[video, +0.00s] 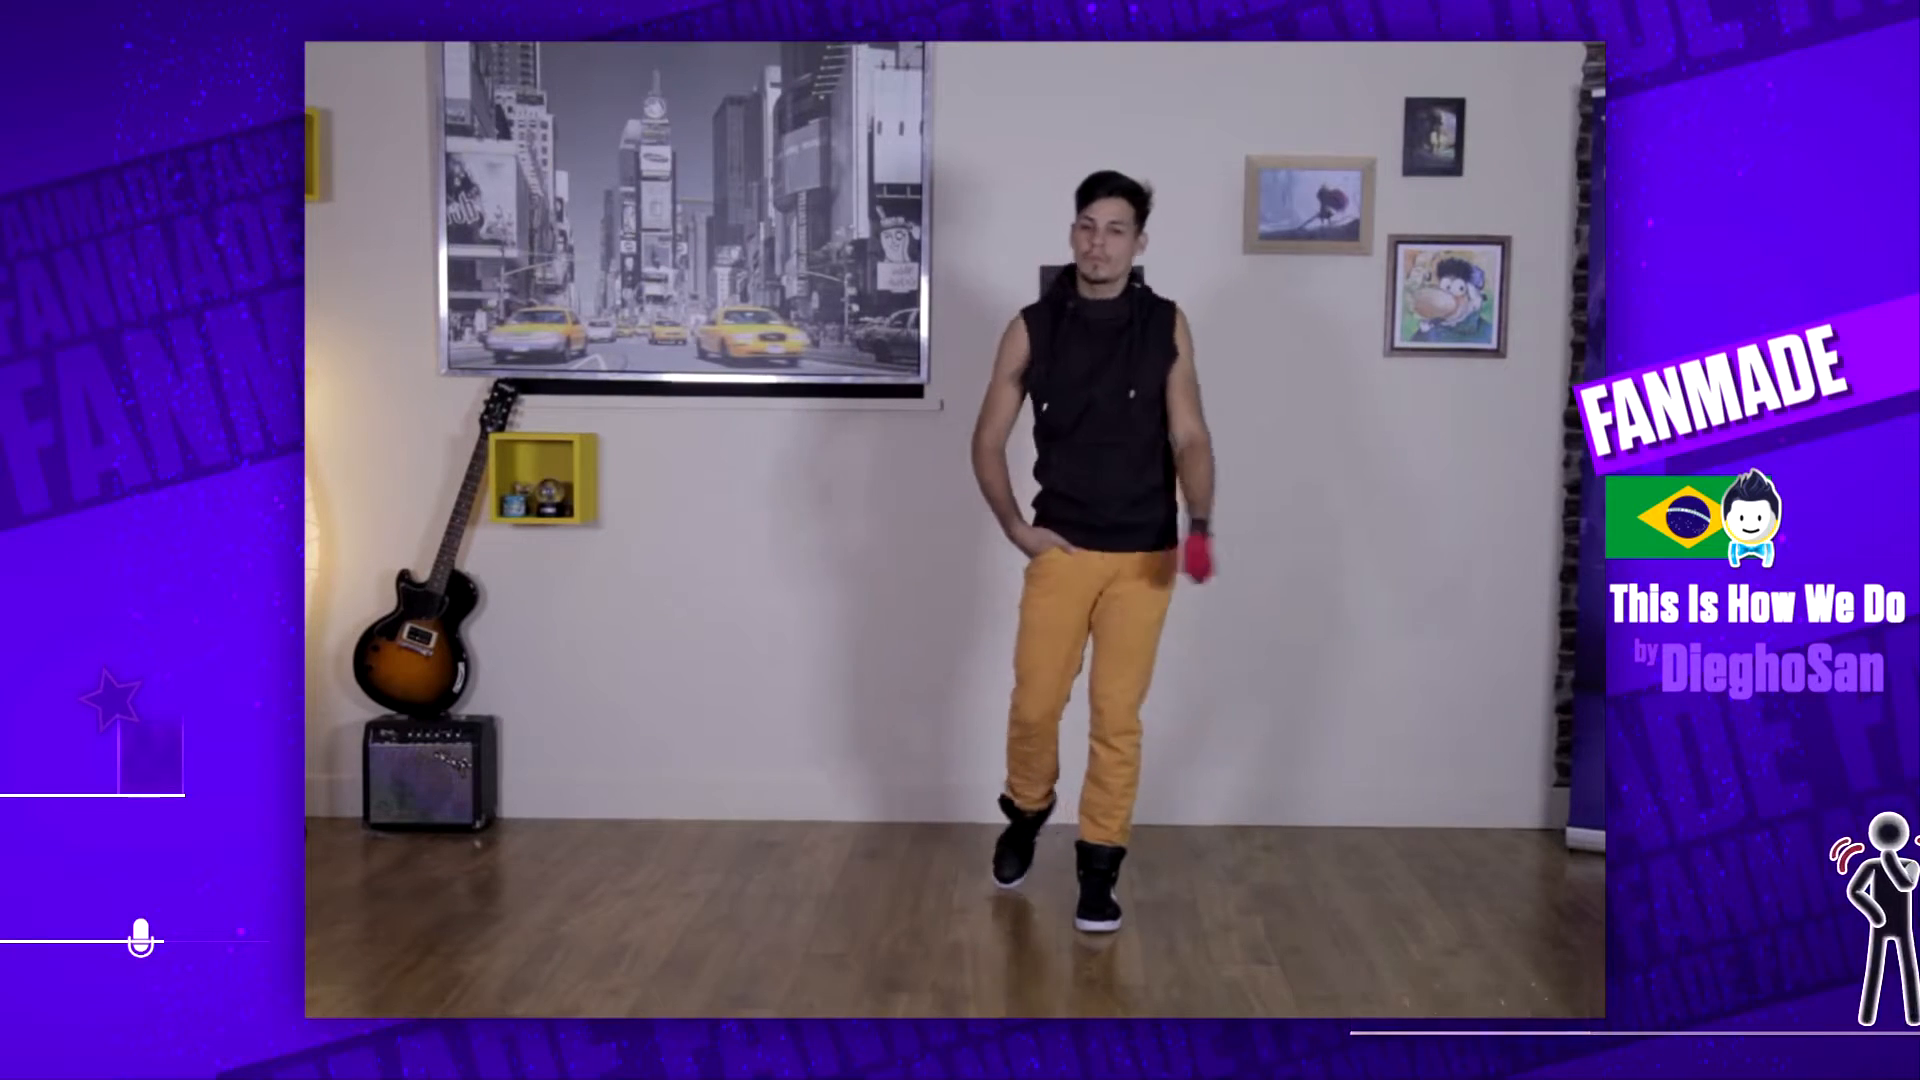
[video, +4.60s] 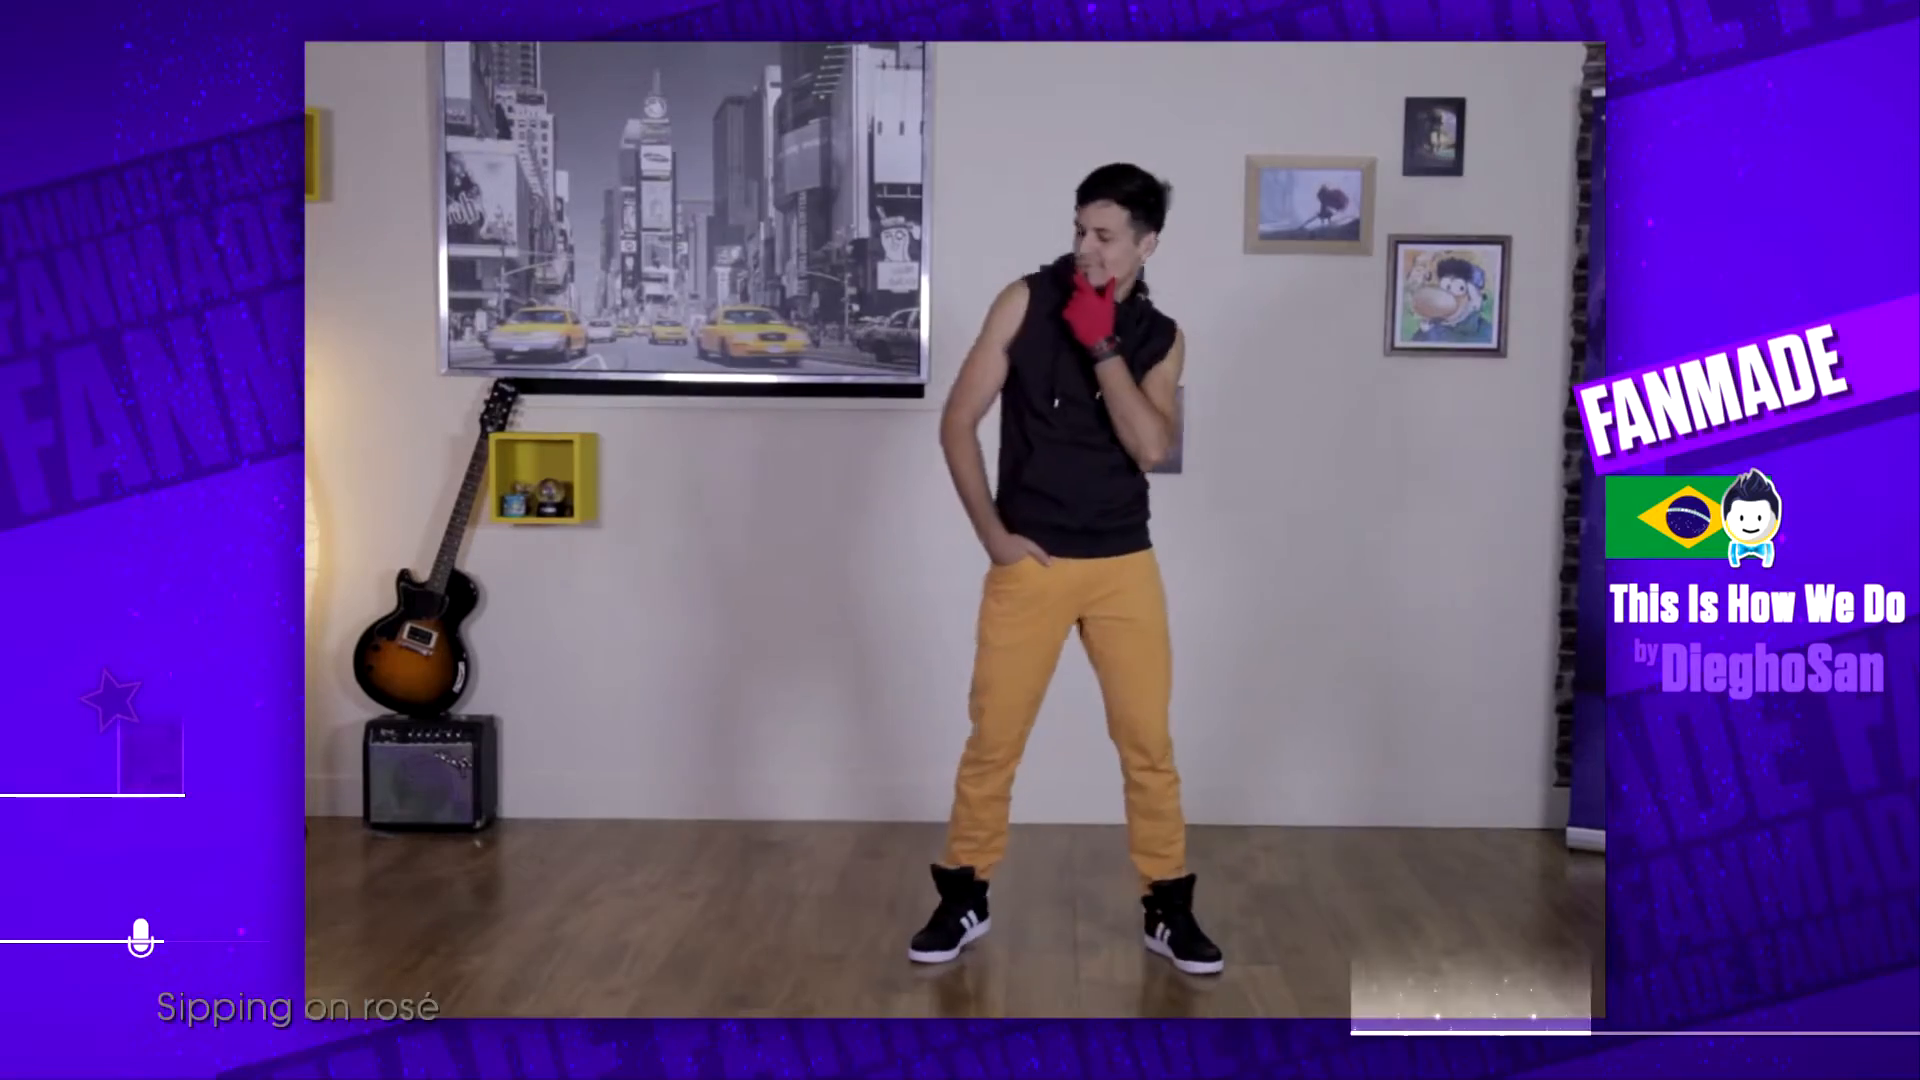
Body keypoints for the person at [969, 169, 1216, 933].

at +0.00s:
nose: (1098, 242)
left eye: (1115, 230)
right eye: (1088, 227)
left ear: (1138, 243)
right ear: (1071, 233)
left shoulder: (1166, 325)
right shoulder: (1034, 326)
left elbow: (1190, 435)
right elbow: (988, 441)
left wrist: (1199, 518)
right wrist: (1016, 527)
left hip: (1143, 557)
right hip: (1061, 550)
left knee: (1117, 718)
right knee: (1033, 707)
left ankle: (1101, 867)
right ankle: (1026, 815)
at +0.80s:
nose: (1070, 230)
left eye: (1087, 219)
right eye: (1061, 217)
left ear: (1116, 235)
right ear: (1046, 229)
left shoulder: (1134, 342)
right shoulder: (999, 313)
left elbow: (1154, 465)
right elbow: (946, 432)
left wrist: (1128, 527)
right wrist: (986, 530)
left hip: (1107, 558)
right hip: (1021, 556)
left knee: (1116, 727)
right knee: (994, 731)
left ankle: (1101, 875)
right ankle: (965, 897)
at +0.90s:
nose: (1045, 231)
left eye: (1063, 220)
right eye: (1034, 217)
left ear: (1087, 236)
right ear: (1016, 229)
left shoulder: (1120, 330)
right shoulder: (975, 324)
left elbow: (1147, 459)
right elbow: (918, 440)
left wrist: (1085, 435)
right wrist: (966, 531)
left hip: (1103, 563)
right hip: (1009, 562)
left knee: (1138, 722)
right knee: (990, 733)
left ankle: (1126, 864)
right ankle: (966, 897)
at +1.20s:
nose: (1073, 252)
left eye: (1087, 239)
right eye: (1057, 238)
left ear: (1103, 239)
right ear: (1029, 239)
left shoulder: (1125, 302)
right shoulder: (1010, 335)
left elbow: (1106, 410)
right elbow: (973, 449)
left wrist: (1051, 318)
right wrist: (986, 523)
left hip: (1122, 567)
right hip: (1029, 563)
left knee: (1158, 739)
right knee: (995, 736)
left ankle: (1200, 904)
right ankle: (975, 900)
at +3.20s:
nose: (1085, 257)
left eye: (1102, 244)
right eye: (1078, 241)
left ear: (1146, 248)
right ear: (1069, 238)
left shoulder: (1168, 336)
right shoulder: (1032, 312)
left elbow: (1165, 447)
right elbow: (968, 431)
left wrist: (1103, 356)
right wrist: (1000, 533)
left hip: (1135, 569)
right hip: (1040, 565)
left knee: (1157, 739)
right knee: (999, 741)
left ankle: (1187, 908)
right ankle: (970, 903)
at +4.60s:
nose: (1088, 249)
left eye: (1106, 235)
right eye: (1082, 233)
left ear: (1148, 242)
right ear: (1073, 232)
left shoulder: (1160, 338)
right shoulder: (1027, 304)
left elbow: (1155, 449)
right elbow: (956, 424)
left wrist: (1104, 352)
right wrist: (993, 534)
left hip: (1124, 568)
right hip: (1030, 565)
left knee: (1148, 742)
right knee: (993, 739)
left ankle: (1168, 906)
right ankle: (963, 898)